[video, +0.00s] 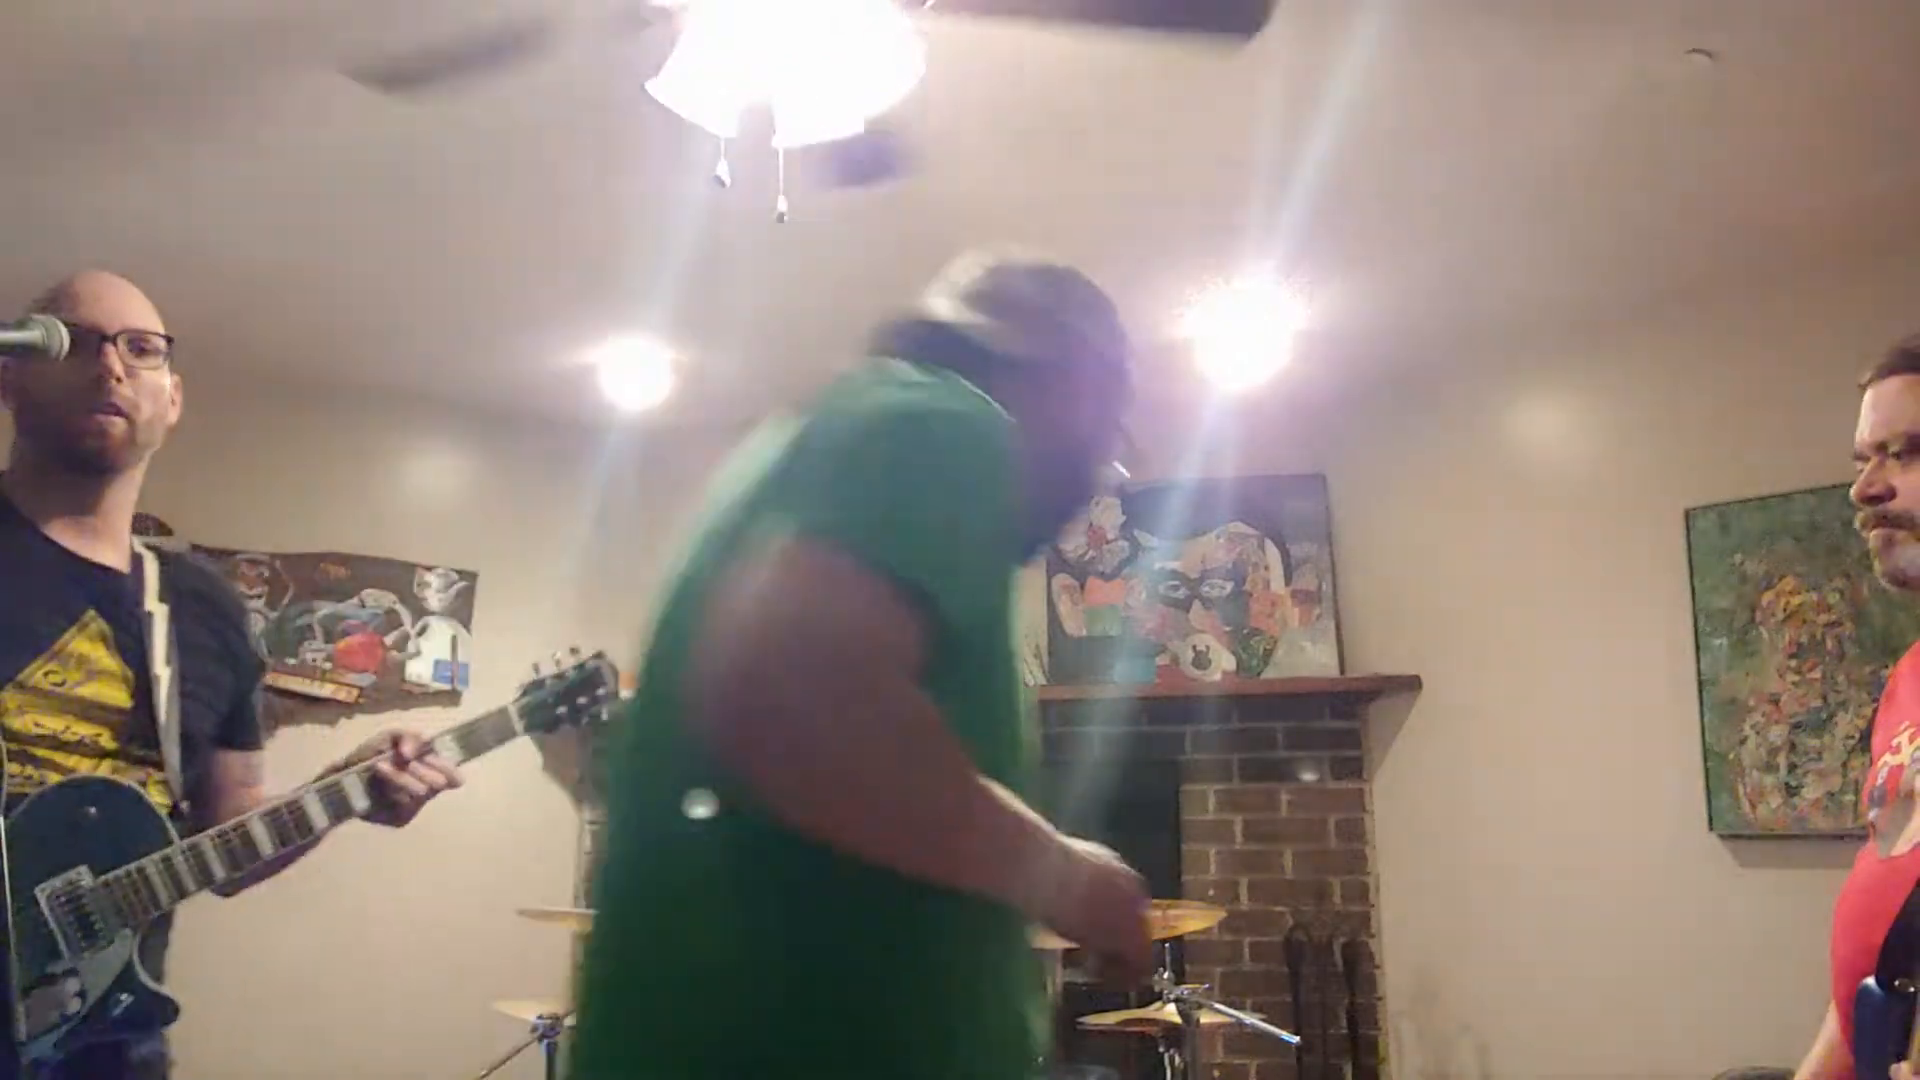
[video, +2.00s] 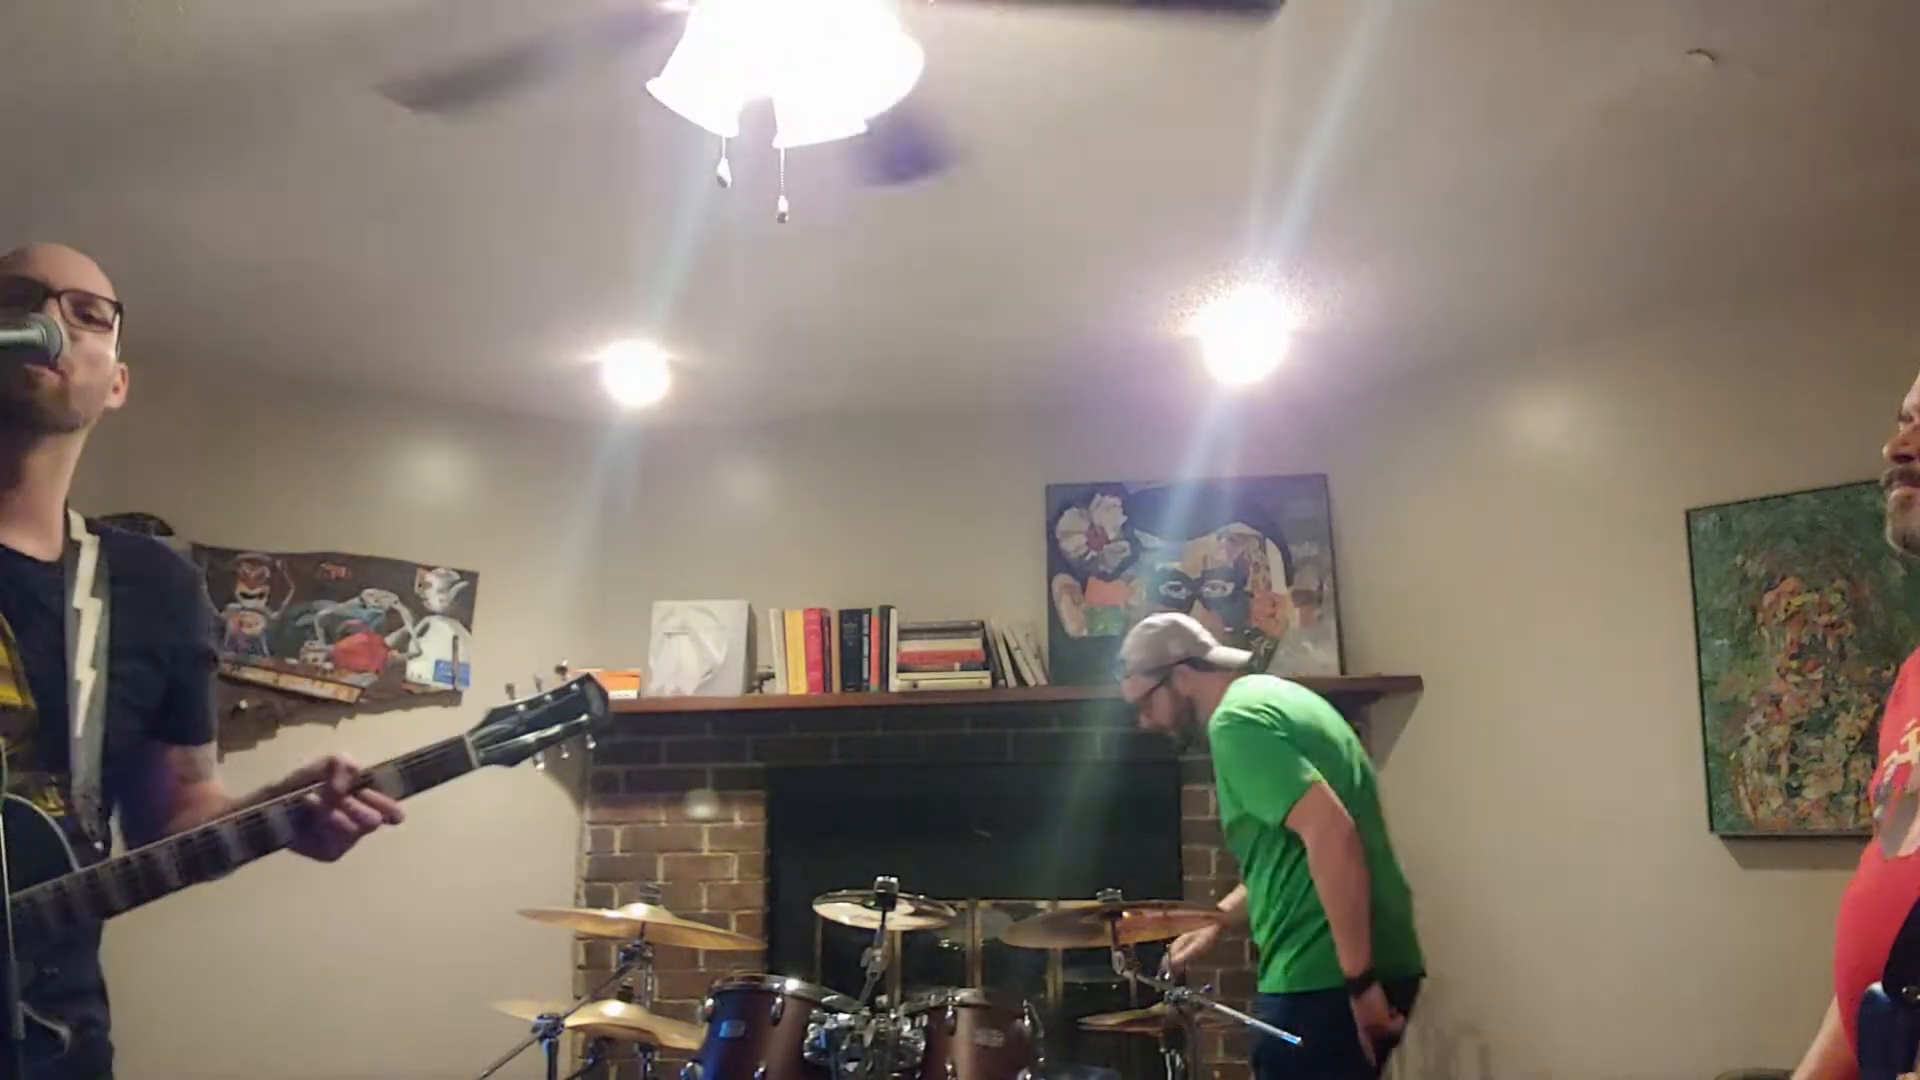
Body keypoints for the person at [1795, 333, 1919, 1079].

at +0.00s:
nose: (1867, 486)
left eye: (1902, 453)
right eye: (1863, 461)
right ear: (1858, 473)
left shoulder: (1909, 678)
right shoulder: (1905, 682)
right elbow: (1883, 915)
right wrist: (1818, 1066)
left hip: (1905, 1053)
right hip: (1871, 1050)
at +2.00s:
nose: (1900, 444)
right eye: (1902, 423)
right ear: (1894, 439)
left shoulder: (1910, 674)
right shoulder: (1909, 675)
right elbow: (1887, 898)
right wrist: (1818, 1066)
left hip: (1903, 1052)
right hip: (1873, 1050)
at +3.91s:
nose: (1854, 487)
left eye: (1888, 452)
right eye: (1864, 457)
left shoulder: (1907, 675)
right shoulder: (1905, 676)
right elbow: (1878, 909)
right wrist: (1809, 1069)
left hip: (1900, 1056)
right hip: (1862, 1051)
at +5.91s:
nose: (1820, 537)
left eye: (1839, 497)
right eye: (1821, 507)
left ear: (1915, 479)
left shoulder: (1909, 682)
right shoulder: (1903, 685)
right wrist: (1820, 1063)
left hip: (1906, 1051)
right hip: (1878, 1050)